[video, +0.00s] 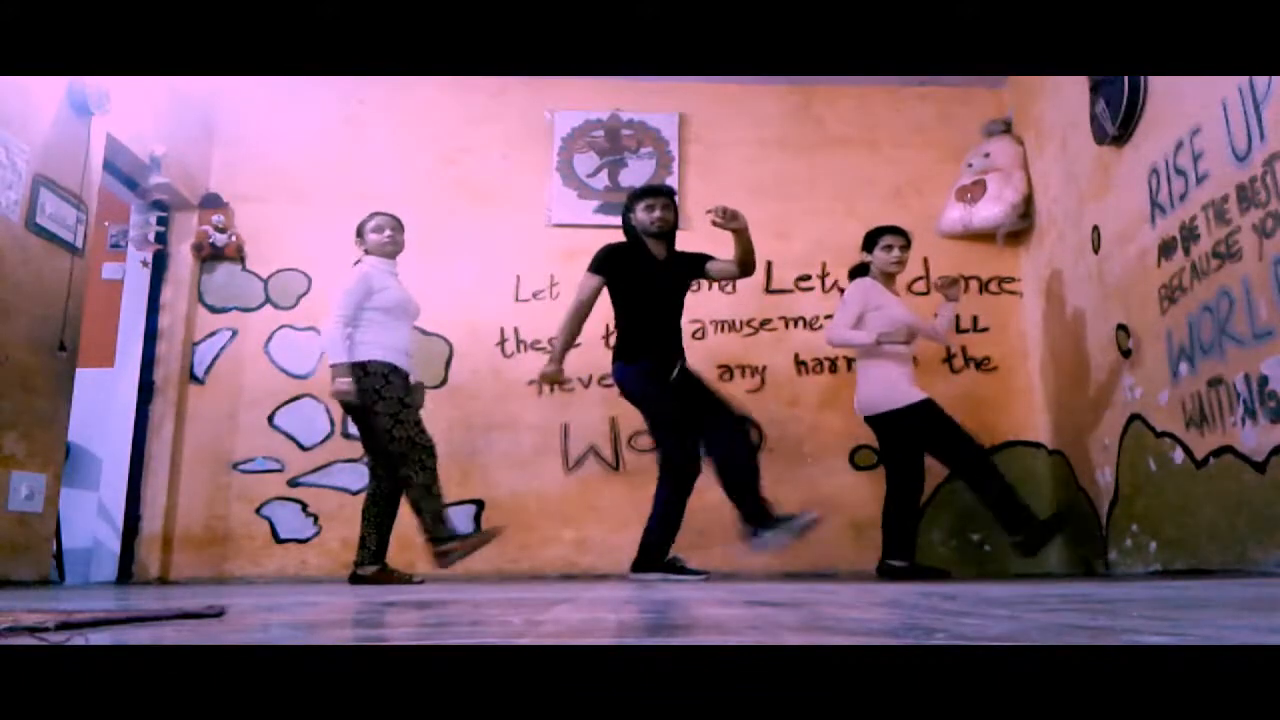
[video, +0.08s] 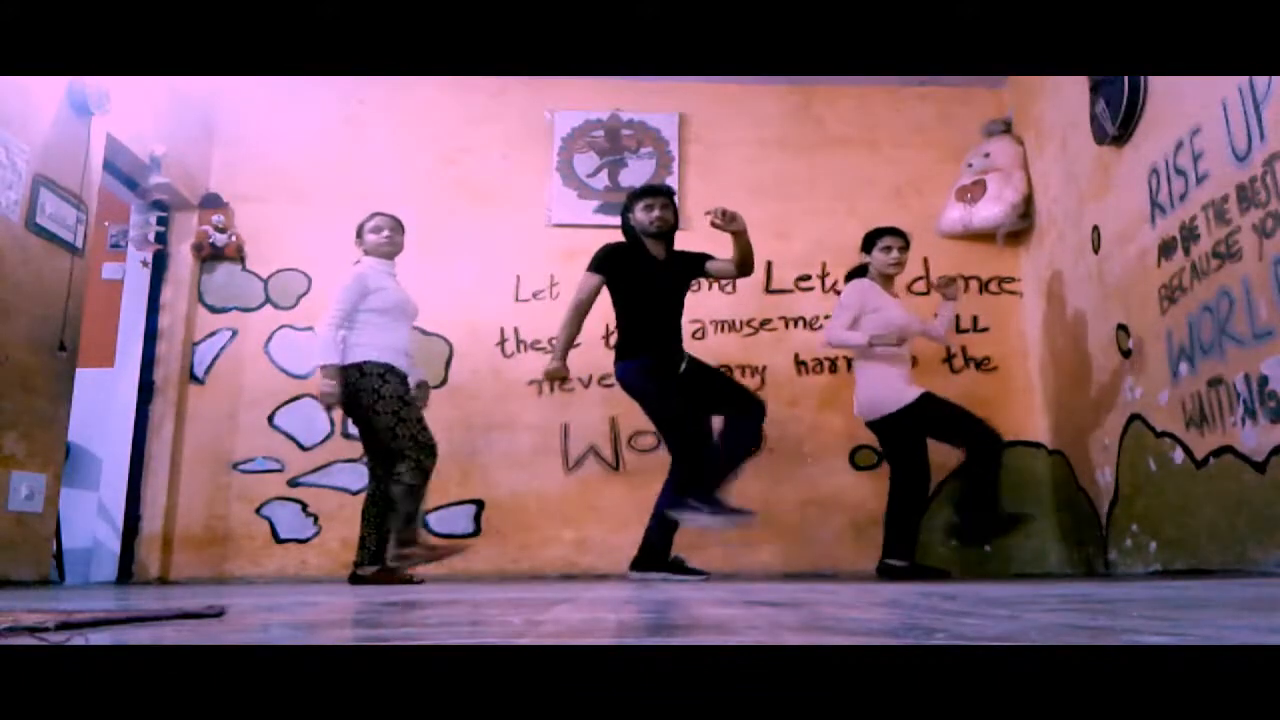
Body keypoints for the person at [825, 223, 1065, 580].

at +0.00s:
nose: (895, 255)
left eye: (901, 250)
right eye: (887, 248)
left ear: (906, 257)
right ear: (870, 254)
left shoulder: (890, 299)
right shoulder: (861, 287)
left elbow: (939, 334)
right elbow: (834, 334)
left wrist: (950, 300)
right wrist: (879, 338)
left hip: (892, 397)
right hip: (890, 396)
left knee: (905, 482)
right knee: (969, 457)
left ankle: (896, 560)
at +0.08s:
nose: (894, 256)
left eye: (900, 251)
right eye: (885, 249)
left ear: (905, 258)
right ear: (868, 255)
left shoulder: (890, 301)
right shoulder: (859, 289)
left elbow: (938, 333)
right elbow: (832, 335)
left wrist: (949, 300)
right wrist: (876, 339)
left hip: (888, 398)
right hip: (890, 396)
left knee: (910, 477)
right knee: (984, 440)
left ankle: (896, 559)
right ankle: (977, 527)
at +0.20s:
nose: (891, 254)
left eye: (897, 249)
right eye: (882, 248)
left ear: (903, 256)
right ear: (865, 255)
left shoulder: (893, 307)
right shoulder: (855, 288)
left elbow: (942, 331)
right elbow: (813, 331)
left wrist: (949, 297)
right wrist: (832, 348)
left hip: (888, 398)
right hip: (888, 395)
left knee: (906, 480)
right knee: (984, 428)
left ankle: (896, 559)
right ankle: (952, 495)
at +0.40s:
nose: (883, 253)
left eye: (889, 247)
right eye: (874, 247)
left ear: (897, 255)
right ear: (859, 254)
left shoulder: (897, 308)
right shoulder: (846, 287)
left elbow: (939, 336)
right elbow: (803, 326)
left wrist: (950, 302)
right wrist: (760, 359)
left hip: (888, 395)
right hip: (877, 393)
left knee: (903, 479)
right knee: (957, 456)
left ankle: (895, 560)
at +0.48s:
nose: (876, 252)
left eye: (883, 246)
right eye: (867, 246)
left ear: (890, 253)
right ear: (852, 254)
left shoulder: (894, 305)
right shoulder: (838, 288)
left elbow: (934, 335)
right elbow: (793, 323)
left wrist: (942, 301)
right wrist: (749, 352)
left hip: (891, 396)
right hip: (871, 396)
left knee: (902, 474)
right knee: (945, 463)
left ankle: (899, 557)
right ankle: (905, 544)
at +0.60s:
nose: (861, 252)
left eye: (868, 246)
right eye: (852, 247)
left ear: (878, 252)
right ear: (840, 254)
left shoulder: (894, 293)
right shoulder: (826, 292)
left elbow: (920, 321)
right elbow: (781, 326)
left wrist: (908, 277)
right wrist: (732, 334)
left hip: (892, 398)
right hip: (850, 397)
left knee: (911, 476)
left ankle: (898, 557)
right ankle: (851, 551)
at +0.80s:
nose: (838, 251)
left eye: (845, 245)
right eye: (830, 245)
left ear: (857, 251)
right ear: (819, 253)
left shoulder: (878, 287)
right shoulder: (807, 289)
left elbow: (943, 288)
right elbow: (758, 316)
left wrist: (936, 253)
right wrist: (769, 273)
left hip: (868, 390)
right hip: (821, 395)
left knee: (854, 473)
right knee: (842, 482)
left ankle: (867, 557)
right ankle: (870, 562)